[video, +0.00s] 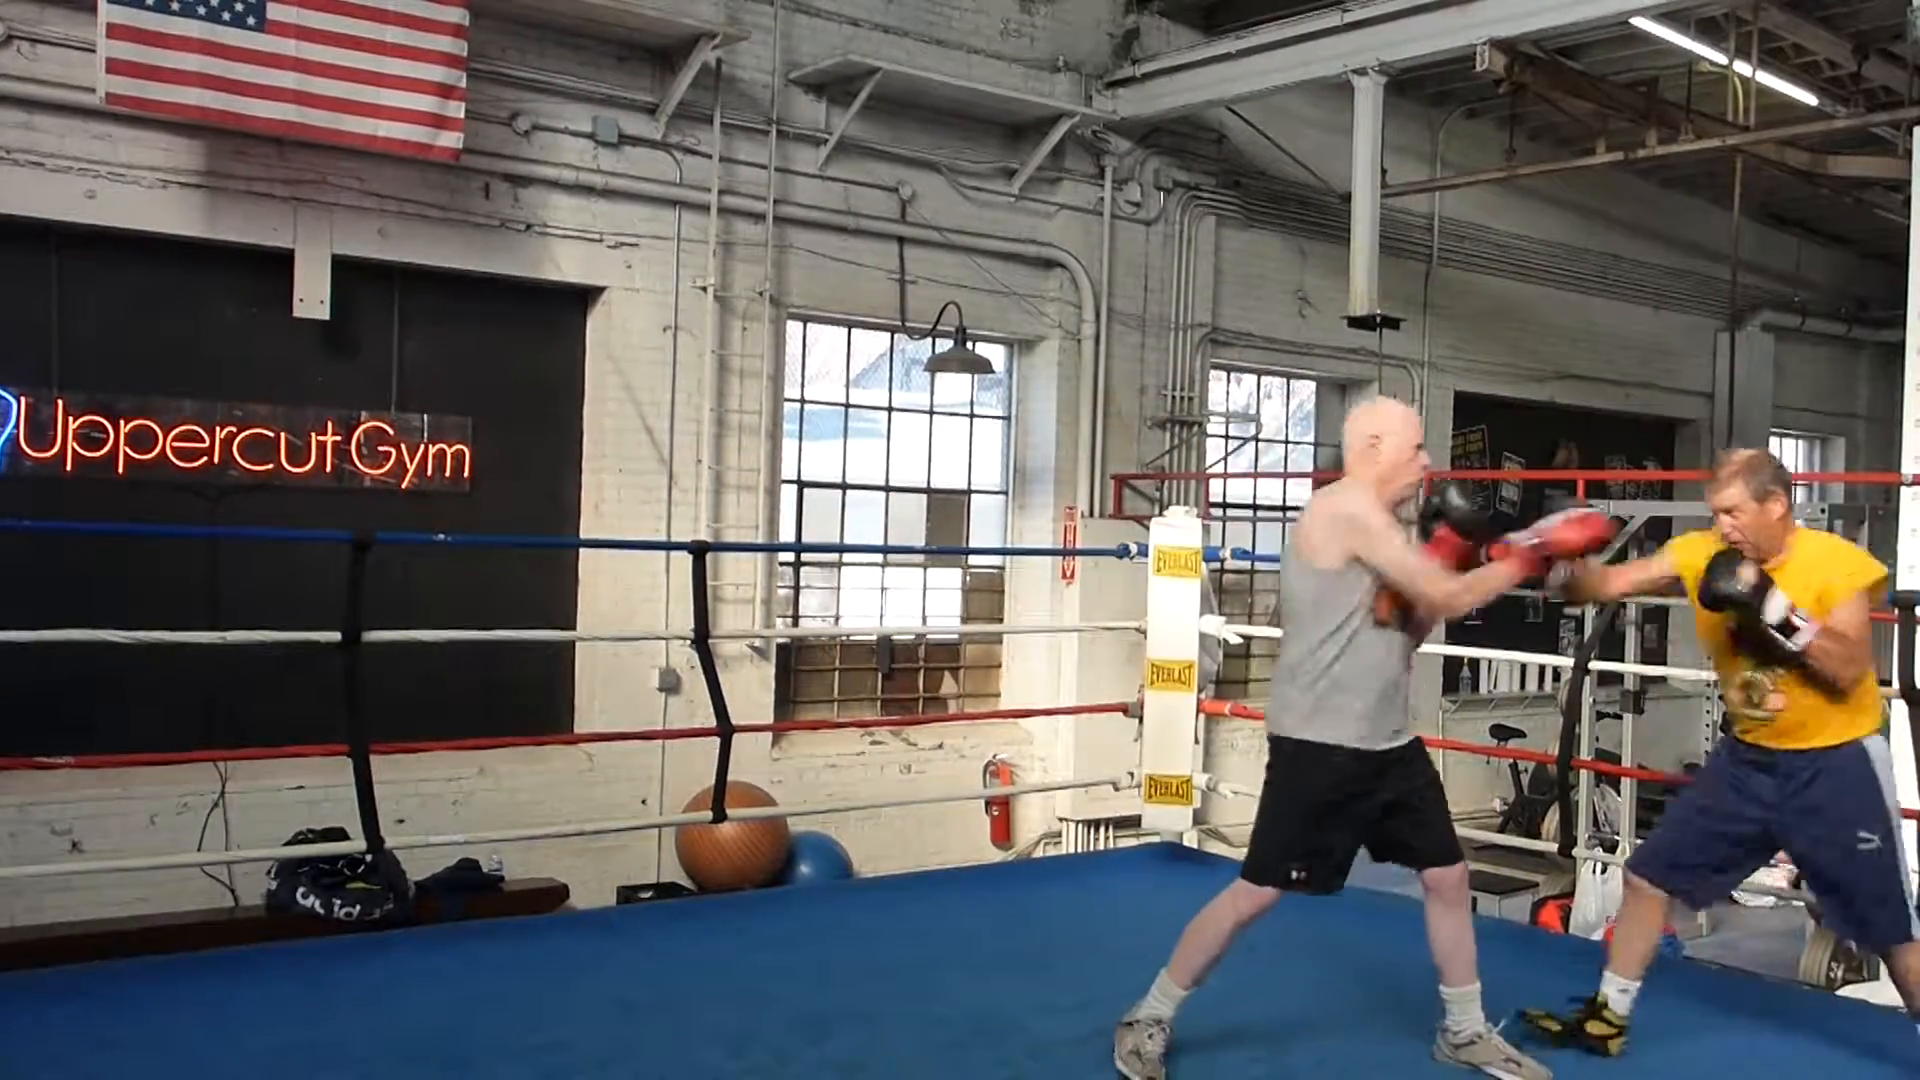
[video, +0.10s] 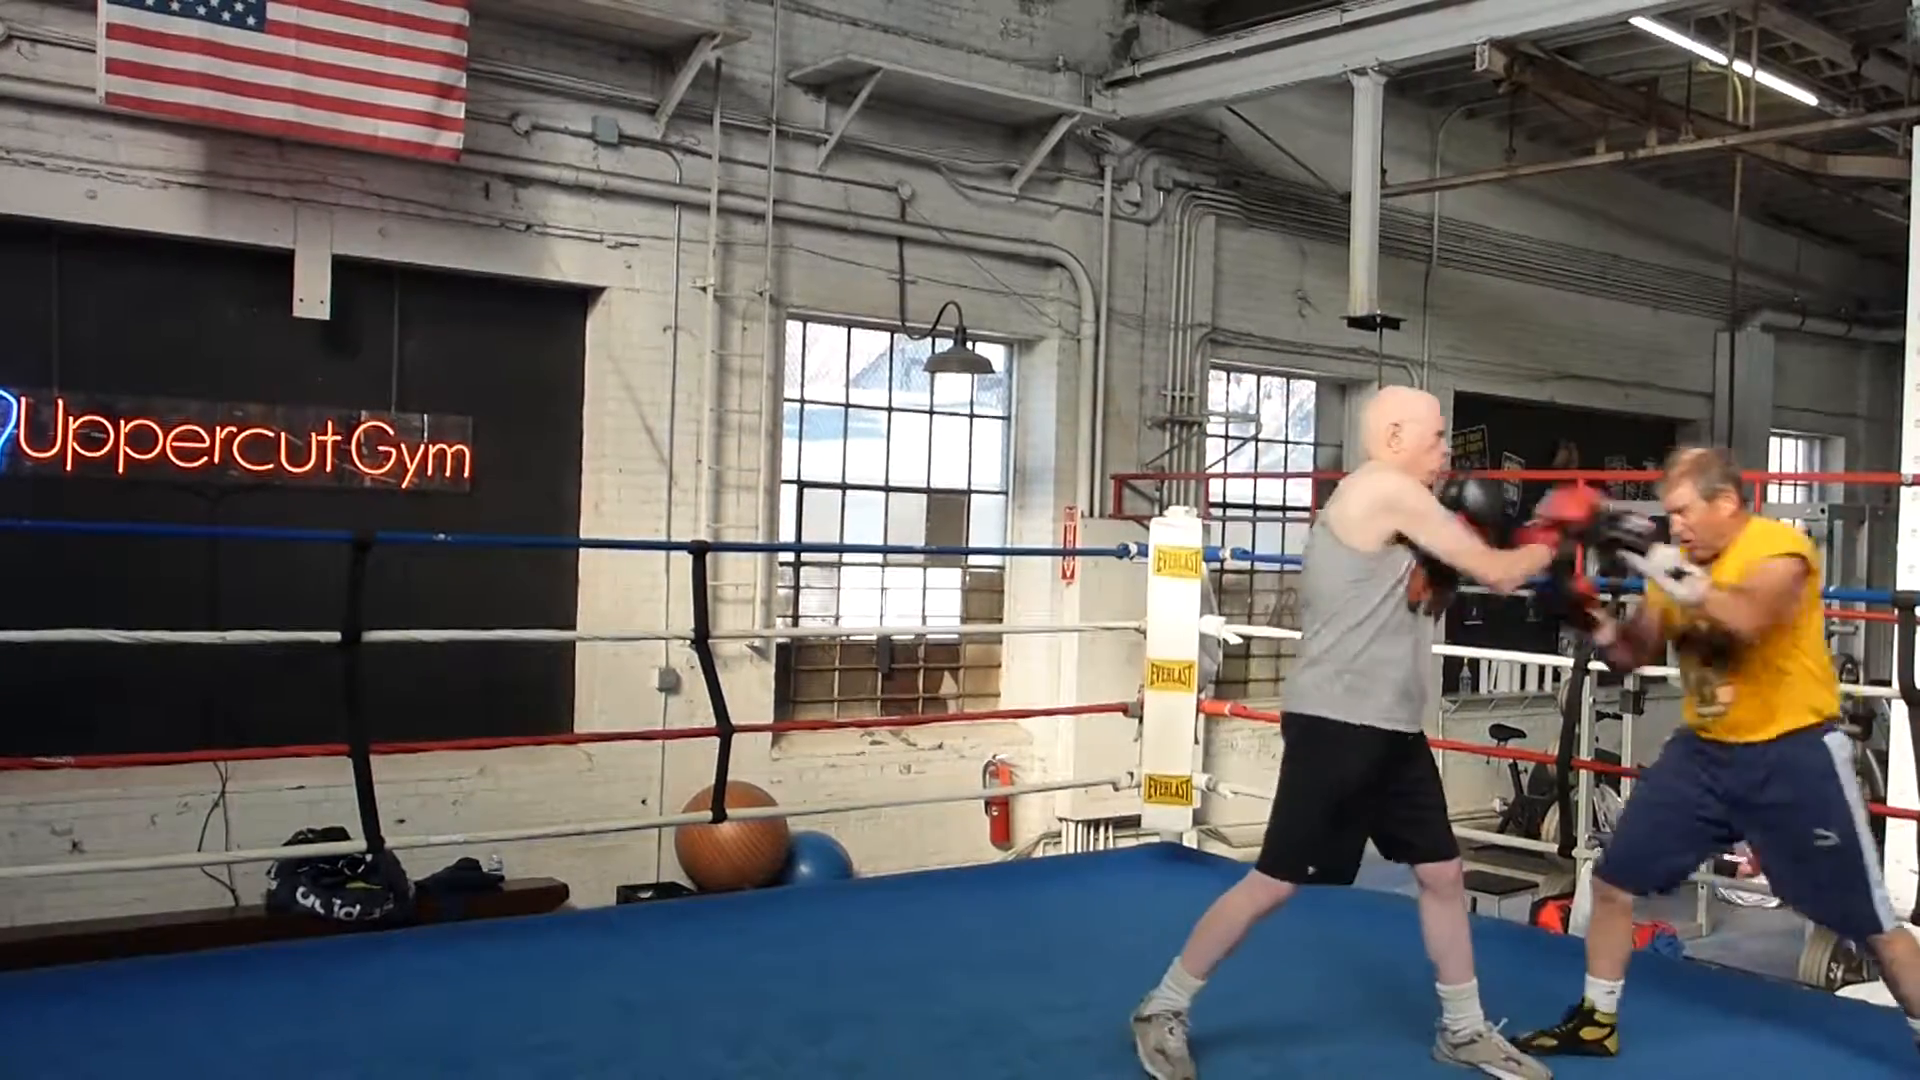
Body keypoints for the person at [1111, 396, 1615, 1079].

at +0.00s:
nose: (1429, 462)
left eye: (1426, 449)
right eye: (1418, 447)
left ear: (1374, 450)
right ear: (1375, 448)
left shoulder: (1373, 521)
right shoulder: (1344, 507)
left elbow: (1396, 638)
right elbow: (1445, 594)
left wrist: (1440, 565)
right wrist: (1530, 554)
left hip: (1390, 743)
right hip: (1317, 744)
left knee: (1448, 877)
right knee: (1255, 893)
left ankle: (1465, 1031)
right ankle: (1151, 1017)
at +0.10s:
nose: (1447, 450)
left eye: (1445, 436)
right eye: (1438, 436)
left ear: (1388, 436)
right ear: (1396, 436)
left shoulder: (1363, 494)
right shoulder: (1388, 487)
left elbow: (1397, 597)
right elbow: (1496, 571)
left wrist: (1455, 545)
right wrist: (1552, 539)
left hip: (1390, 727)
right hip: (1335, 724)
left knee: (1442, 874)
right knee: (1274, 881)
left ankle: (1464, 1030)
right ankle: (1162, 1008)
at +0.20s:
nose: (1443, 442)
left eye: (1442, 430)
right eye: (1434, 429)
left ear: (1387, 433)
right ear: (1391, 432)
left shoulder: (1369, 493)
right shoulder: (1375, 489)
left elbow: (1396, 599)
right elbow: (1461, 591)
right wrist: (1502, 531)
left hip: (1401, 727)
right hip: (1345, 722)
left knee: (1448, 875)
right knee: (1290, 885)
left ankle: (1463, 1032)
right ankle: (1179, 1013)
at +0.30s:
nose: (1424, 446)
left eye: (1421, 433)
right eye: (1413, 431)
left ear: (1365, 438)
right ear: (1367, 436)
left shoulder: (1366, 505)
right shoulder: (1348, 497)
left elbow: (1414, 630)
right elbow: (1426, 603)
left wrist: (1437, 546)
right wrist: (1499, 562)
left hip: (1410, 734)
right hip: (1338, 732)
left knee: (1457, 878)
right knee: (1281, 889)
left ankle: (1465, 1033)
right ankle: (1178, 1019)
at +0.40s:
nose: (1415, 451)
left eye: (1413, 439)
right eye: (1403, 438)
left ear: (1373, 445)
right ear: (1355, 444)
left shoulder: (1397, 521)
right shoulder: (1315, 509)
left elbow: (1413, 632)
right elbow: (1366, 627)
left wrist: (1437, 567)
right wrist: (1431, 576)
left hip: (1396, 738)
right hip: (1316, 733)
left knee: (1448, 886)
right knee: (1267, 893)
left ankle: (1463, 1032)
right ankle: (1175, 1021)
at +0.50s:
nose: (1399, 451)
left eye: (1397, 439)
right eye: (1386, 438)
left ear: (1347, 445)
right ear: (1338, 444)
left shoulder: (1375, 522)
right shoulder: (1293, 512)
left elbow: (1406, 630)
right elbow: (1345, 631)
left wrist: (1423, 560)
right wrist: (1402, 560)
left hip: (1371, 735)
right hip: (1293, 733)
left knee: (1426, 879)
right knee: (1257, 891)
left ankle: (1458, 1028)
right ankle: (1176, 1021)